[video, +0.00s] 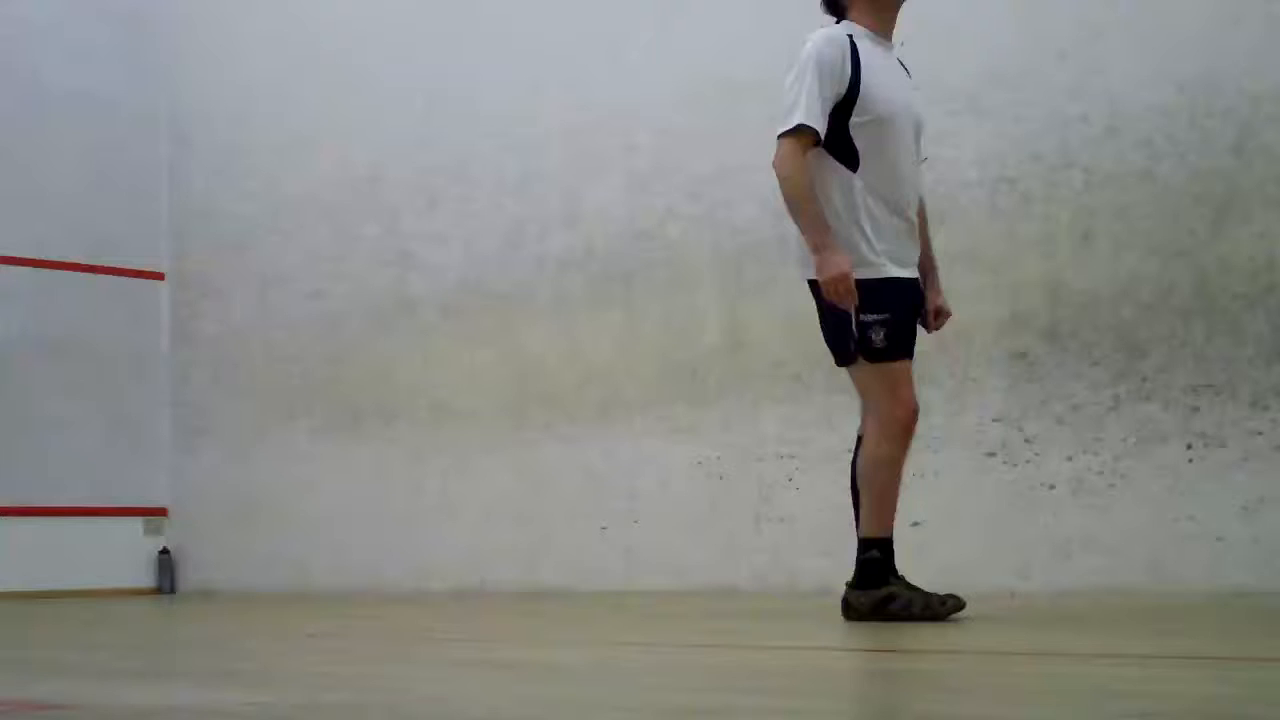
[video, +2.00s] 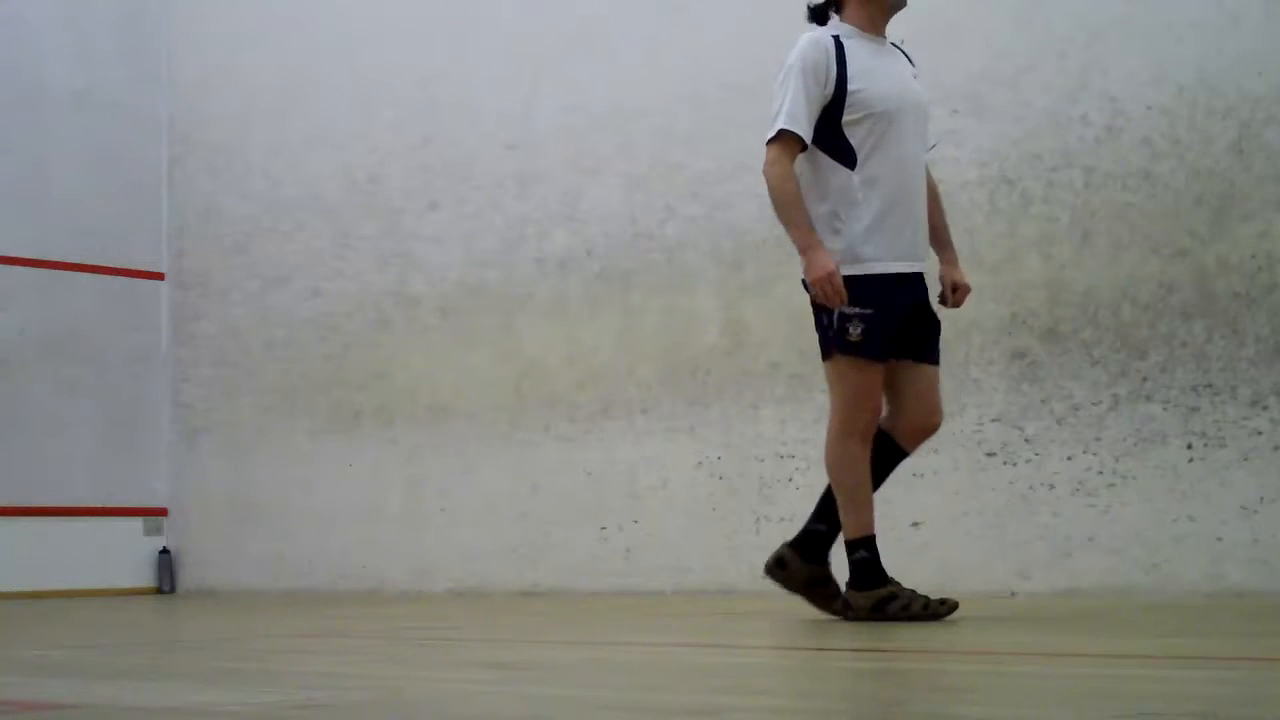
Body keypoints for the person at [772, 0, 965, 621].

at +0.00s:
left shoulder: (896, 64)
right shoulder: (830, 47)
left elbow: (907, 184)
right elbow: (789, 155)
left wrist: (929, 275)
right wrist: (825, 250)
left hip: (896, 270)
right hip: (858, 270)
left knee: (885, 419)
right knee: (894, 415)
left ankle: (876, 575)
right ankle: (872, 579)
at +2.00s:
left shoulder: (901, 59)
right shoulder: (818, 50)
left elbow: (915, 167)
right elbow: (777, 163)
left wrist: (946, 254)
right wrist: (811, 252)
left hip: (906, 272)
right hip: (850, 272)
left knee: (919, 417)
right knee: (855, 419)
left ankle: (806, 550)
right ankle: (867, 581)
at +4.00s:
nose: (952, 10)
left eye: (952, 2)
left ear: (911, 3)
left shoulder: (907, 70)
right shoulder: (857, 47)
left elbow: (911, 183)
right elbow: (808, 149)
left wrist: (978, 218)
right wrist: (849, 243)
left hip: (882, 268)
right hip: (846, 267)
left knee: (878, 413)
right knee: (878, 410)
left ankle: (879, 579)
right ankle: (877, 581)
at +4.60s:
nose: (932, 12)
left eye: (932, 3)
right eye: (923, 1)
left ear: (886, 7)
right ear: (882, 2)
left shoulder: (883, 73)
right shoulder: (845, 58)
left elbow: (896, 191)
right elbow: (802, 159)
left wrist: (975, 203)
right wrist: (859, 234)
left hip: (880, 269)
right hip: (868, 269)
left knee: (908, 418)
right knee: (942, 401)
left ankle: (869, 577)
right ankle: (894, 568)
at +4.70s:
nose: (927, 26)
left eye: (928, 15)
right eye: (917, 13)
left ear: (888, 18)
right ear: (875, 12)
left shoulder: (878, 89)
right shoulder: (842, 75)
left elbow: (891, 207)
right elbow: (792, 176)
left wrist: (963, 233)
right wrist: (846, 246)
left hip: (881, 274)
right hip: (879, 270)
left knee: (928, 432)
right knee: (1012, 343)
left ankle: (869, 582)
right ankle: (939, 484)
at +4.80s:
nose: (928, 38)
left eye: (930, 26)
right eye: (919, 24)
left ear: (896, 28)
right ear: (877, 22)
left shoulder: (882, 96)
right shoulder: (843, 85)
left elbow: (878, 197)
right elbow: (790, 183)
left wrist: (932, 237)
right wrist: (848, 259)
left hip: (881, 277)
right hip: (880, 267)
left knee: (937, 430)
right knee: (1031, 257)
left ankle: (869, 582)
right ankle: (969, 405)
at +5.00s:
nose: (931, 21)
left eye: (934, 11)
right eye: (918, 9)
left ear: (931, 20)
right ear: (878, 12)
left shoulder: (907, 92)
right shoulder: (848, 72)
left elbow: (917, 205)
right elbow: (785, 167)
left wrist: (993, 286)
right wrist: (835, 216)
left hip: (898, 268)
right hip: (874, 262)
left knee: (935, 431)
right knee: (1028, 233)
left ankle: (869, 581)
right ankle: (936, 377)